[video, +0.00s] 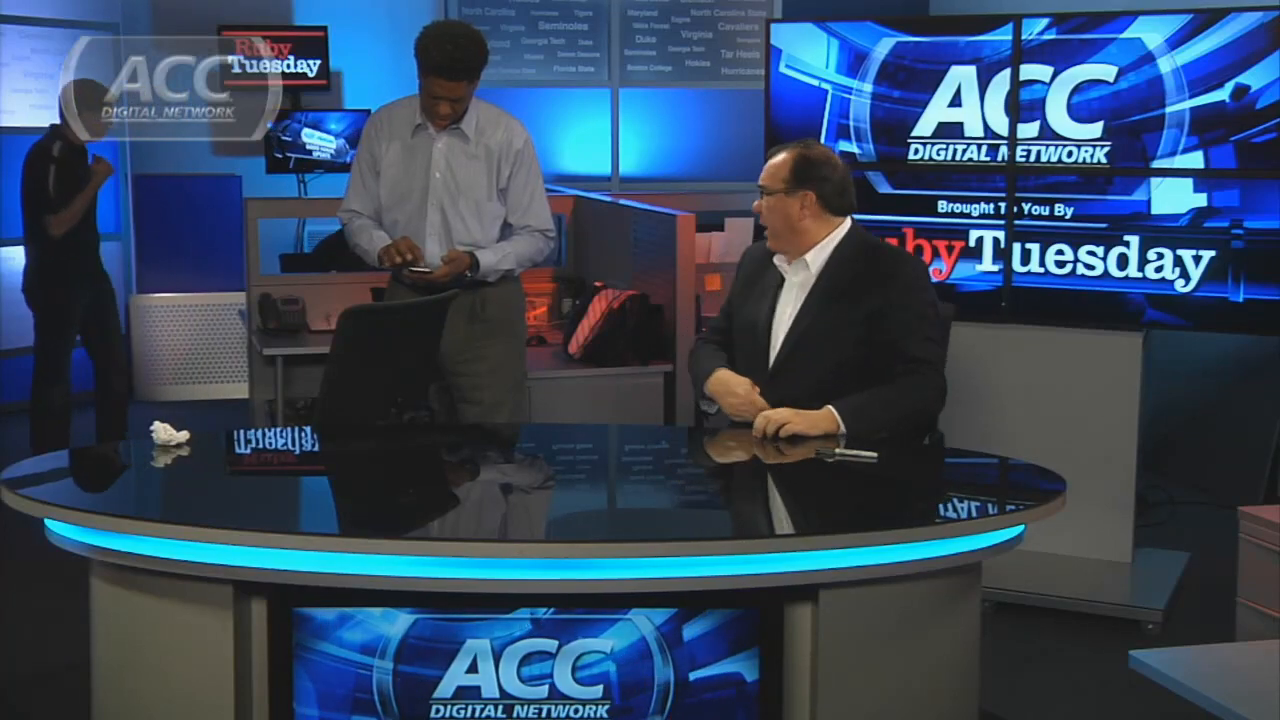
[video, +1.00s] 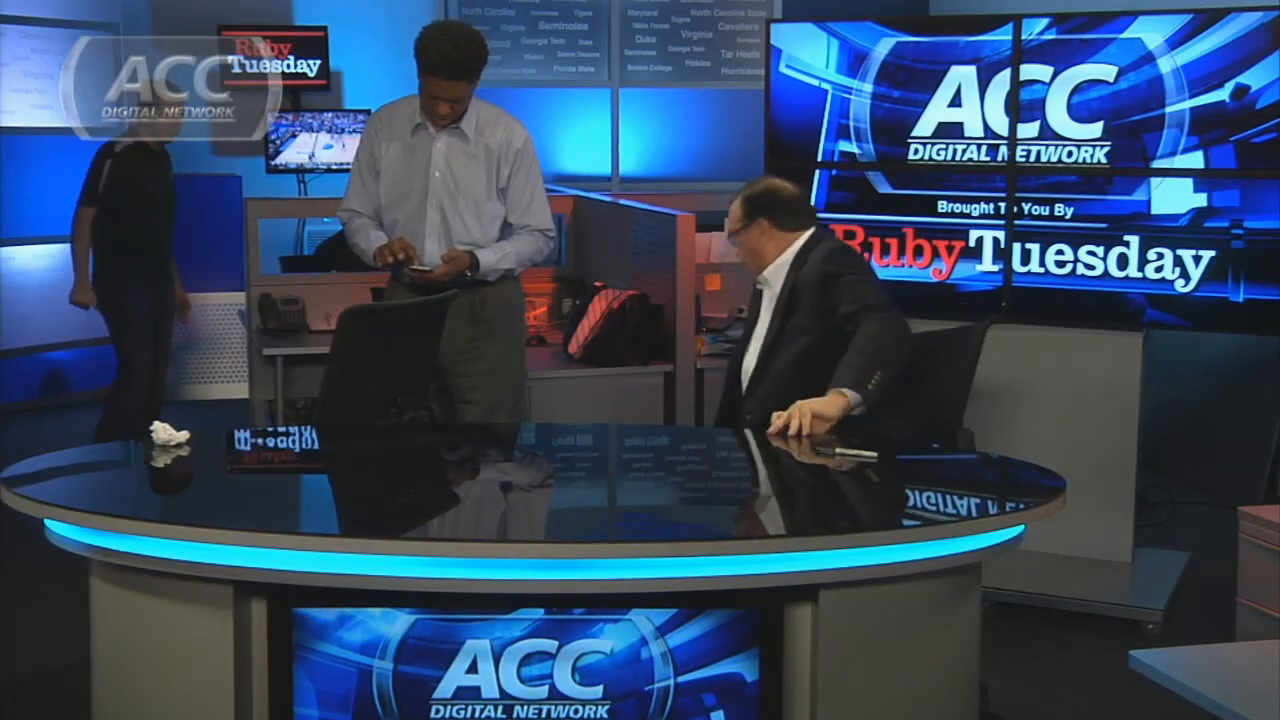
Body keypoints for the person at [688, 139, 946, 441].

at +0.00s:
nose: (756, 207)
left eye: (766, 194)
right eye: (760, 194)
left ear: (805, 204)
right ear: (805, 205)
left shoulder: (894, 274)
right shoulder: (758, 262)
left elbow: (923, 390)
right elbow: (710, 345)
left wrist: (830, 418)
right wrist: (717, 380)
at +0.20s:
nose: (761, 211)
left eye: (767, 198)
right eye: (763, 199)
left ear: (802, 206)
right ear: (800, 207)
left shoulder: (889, 275)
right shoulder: (774, 265)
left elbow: (924, 389)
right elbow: (740, 346)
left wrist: (832, 418)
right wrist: (709, 388)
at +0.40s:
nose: (769, 213)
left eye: (775, 203)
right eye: (770, 203)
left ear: (804, 212)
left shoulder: (886, 276)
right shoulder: (791, 269)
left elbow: (921, 390)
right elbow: (761, 355)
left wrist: (833, 419)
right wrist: (719, 401)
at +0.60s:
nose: (775, 213)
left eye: (780, 204)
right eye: (777, 204)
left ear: (807, 214)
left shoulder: (884, 273)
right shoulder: (800, 267)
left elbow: (913, 386)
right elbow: (769, 355)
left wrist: (830, 416)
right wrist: (718, 407)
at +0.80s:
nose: (771, 212)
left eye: (777, 199)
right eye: (773, 200)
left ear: (808, 204)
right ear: (807, 205)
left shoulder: (868, 257)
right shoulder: (785, 263)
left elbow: (906, 344)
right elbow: (740, 337)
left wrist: (836, 403)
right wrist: (665, 383)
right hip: (748, 440)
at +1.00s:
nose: (735, 252)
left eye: (734, 237)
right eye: (731, 240)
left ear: (763, 228)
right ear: (763, 229)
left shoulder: (831, 261)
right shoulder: (771, 280)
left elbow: (886, 329)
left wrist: (840, 397)